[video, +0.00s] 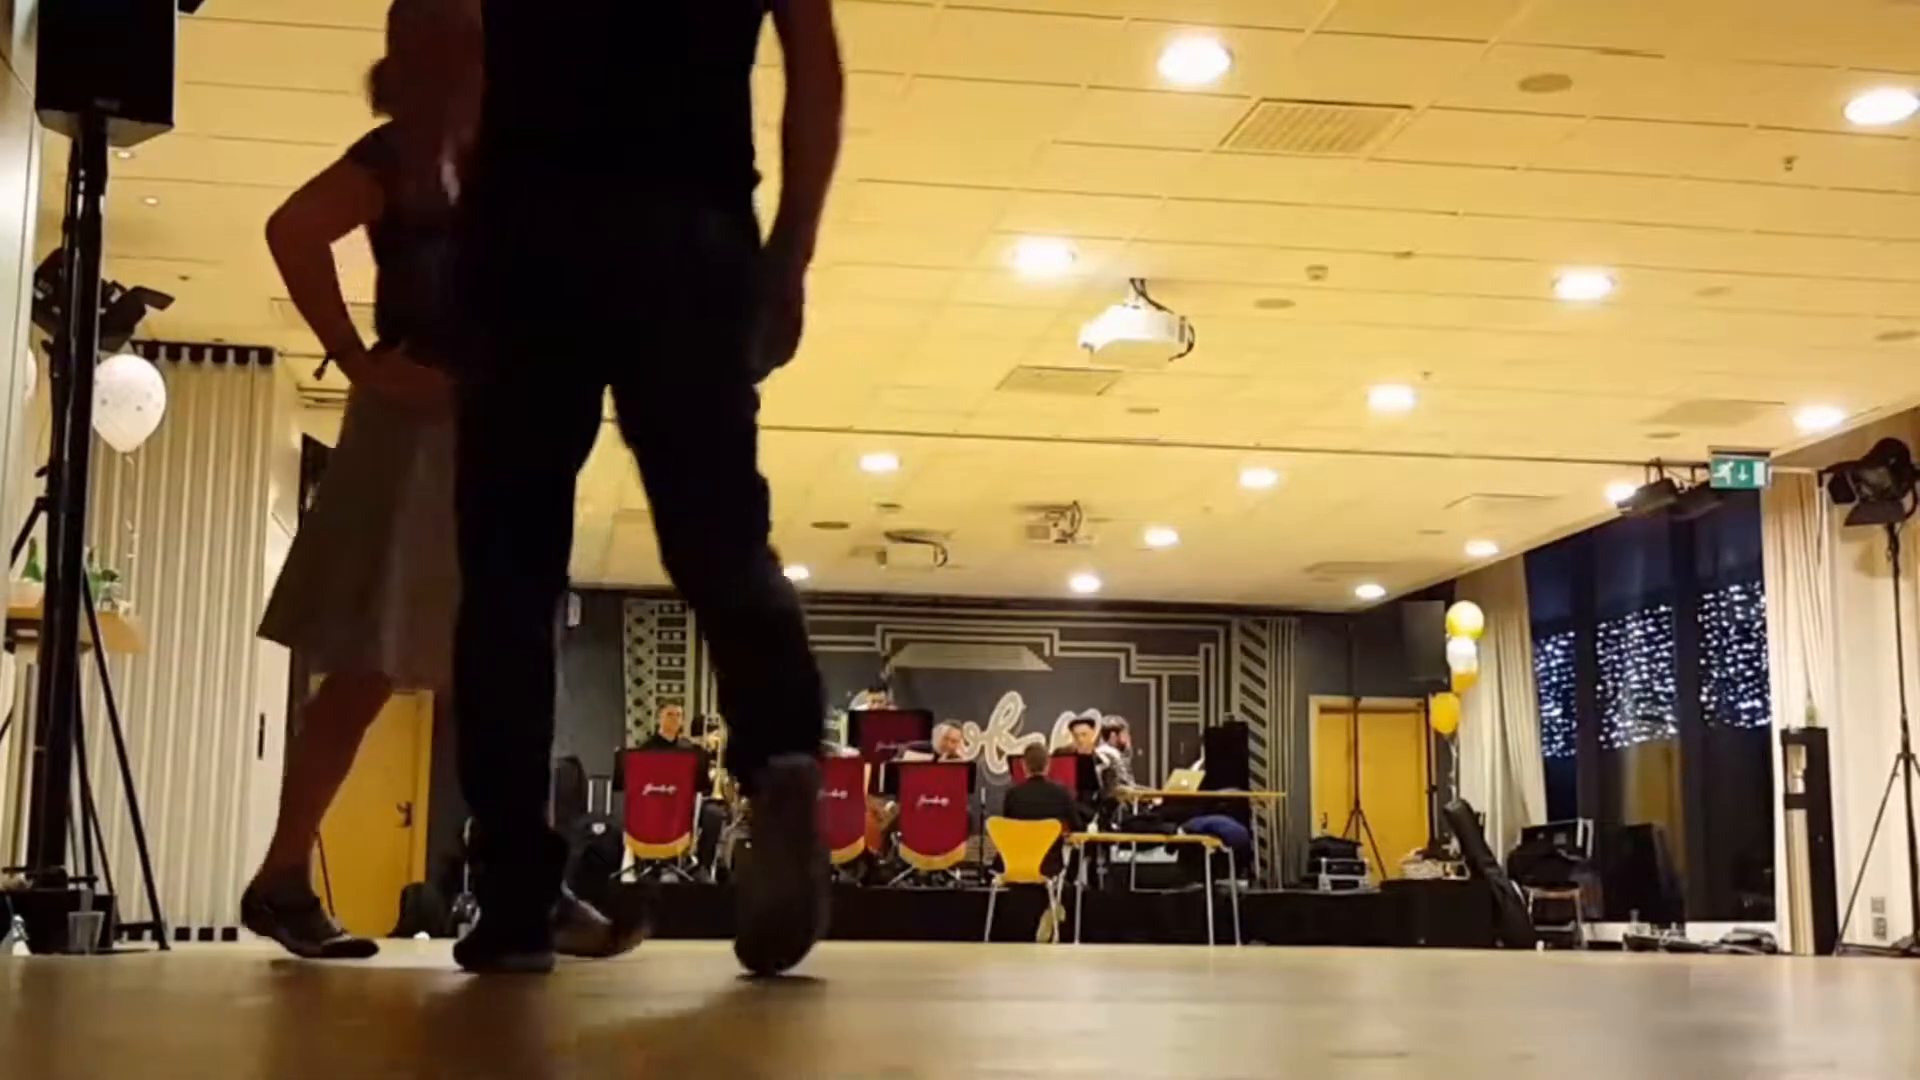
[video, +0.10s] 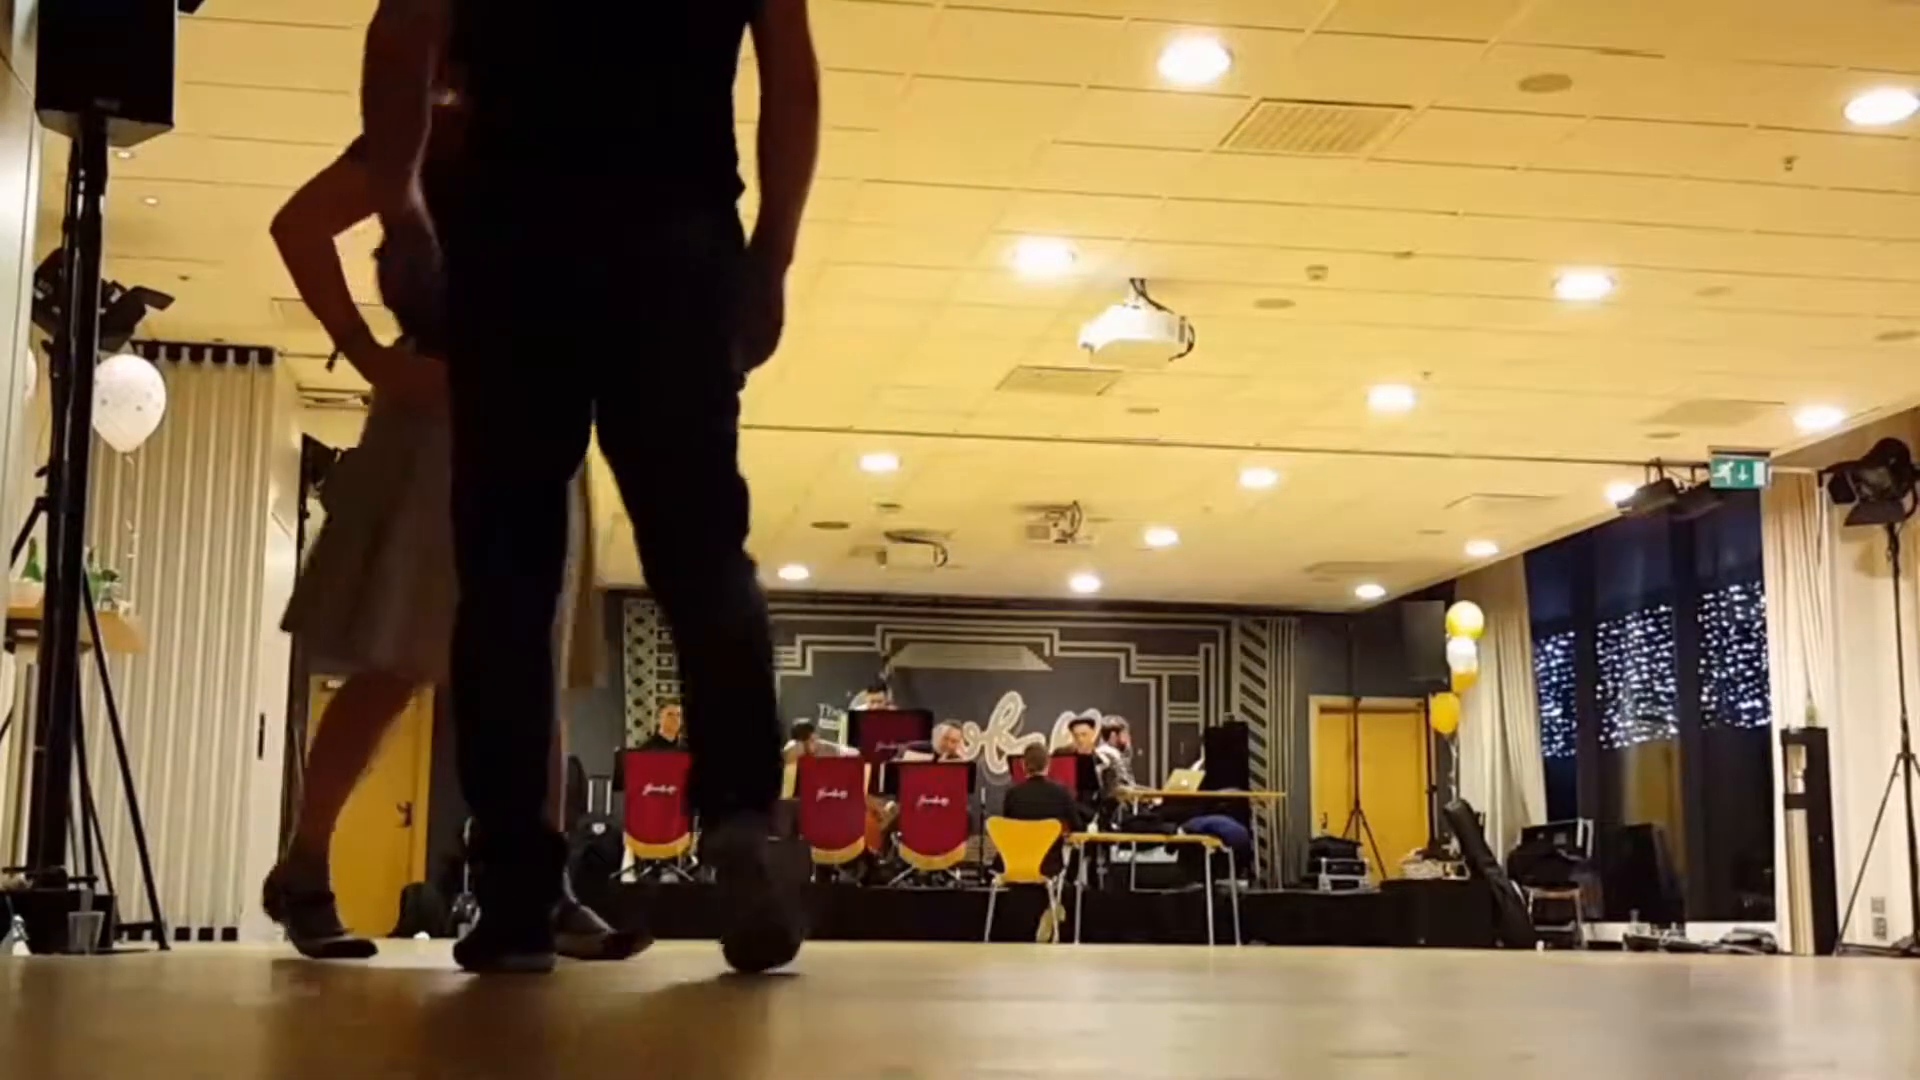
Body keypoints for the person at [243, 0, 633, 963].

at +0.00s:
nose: (474, 68)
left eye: (470, 49)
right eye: (456, 47)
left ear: (476, 63)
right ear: (420, 64)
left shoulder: (512, 160)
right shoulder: (405, 154)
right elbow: (297, 230)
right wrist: (361, 362)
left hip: (502, 425)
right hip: (414, 422)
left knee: (499, 660)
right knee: (371, 661)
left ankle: (528, 879)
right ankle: (284, 876)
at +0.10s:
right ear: (465, 76)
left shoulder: (575, 162)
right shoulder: (431, 141)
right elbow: (301, 226)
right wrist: (374, 360)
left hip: (532, 427)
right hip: (431, 420)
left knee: (534, 664)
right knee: (398, 664)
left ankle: (537, 884)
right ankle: (303, 866)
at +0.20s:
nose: (534, 81)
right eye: (516, 64)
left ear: (573, 83)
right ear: (487, 69)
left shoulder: (603, 163)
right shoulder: (447, 138)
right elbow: (321, 238)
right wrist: (386, 362)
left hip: (560, 432)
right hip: (452, 422)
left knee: (555, 672)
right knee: (419, 670)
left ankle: (543, 893)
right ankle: (317, 861)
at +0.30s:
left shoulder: (608, 175)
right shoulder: (463, 138)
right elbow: (340, 237)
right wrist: (394, 364)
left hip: (572, 431)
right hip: (464, 423)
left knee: (564, 670)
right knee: (441, 671)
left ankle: (542, 892)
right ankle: (352, 838)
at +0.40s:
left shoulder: (624, 161)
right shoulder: (474, 128)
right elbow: (357, 234)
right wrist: (397, 353)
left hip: (586, 420)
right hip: (464, 411)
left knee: (569, 661)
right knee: (442, 652)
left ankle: (546, 887)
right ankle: (411, 869)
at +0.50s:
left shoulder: (612, 176)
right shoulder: (478, 130)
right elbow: (374, 236)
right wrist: (407, 352)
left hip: (586, 426)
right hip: (472, 413)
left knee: (573, 661)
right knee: (462, 656)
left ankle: (550, 886)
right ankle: (460, 882)